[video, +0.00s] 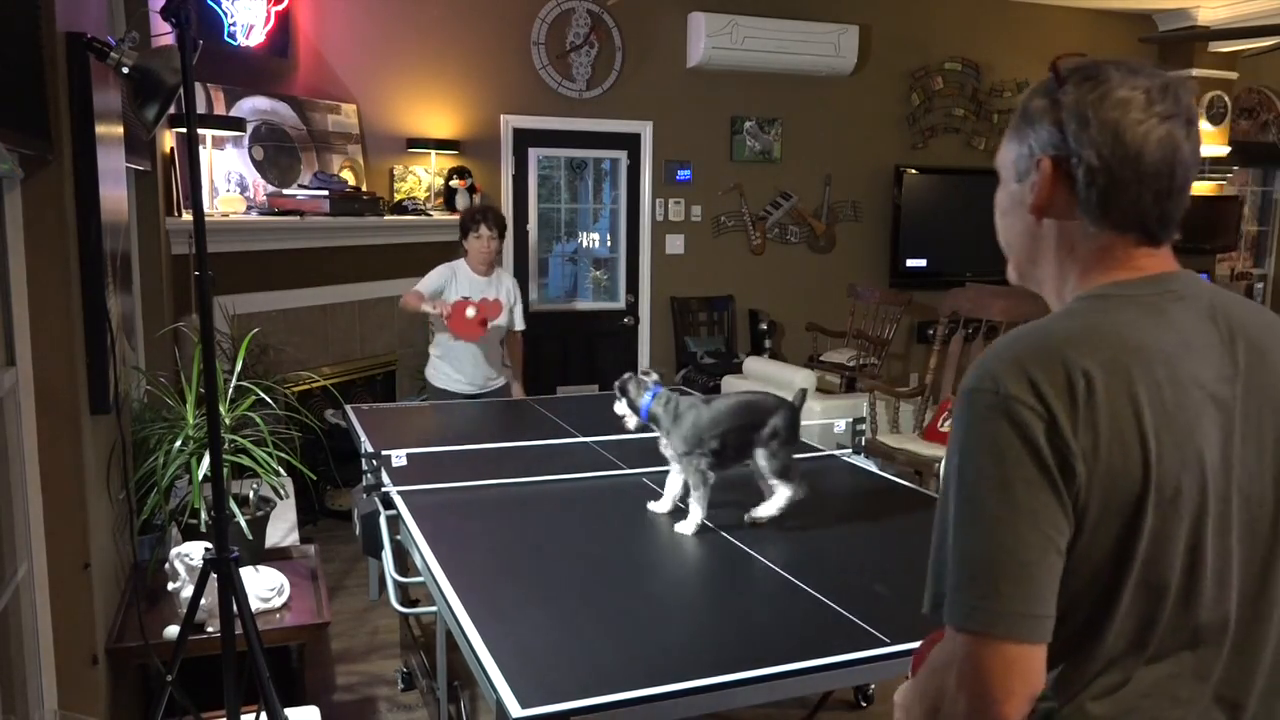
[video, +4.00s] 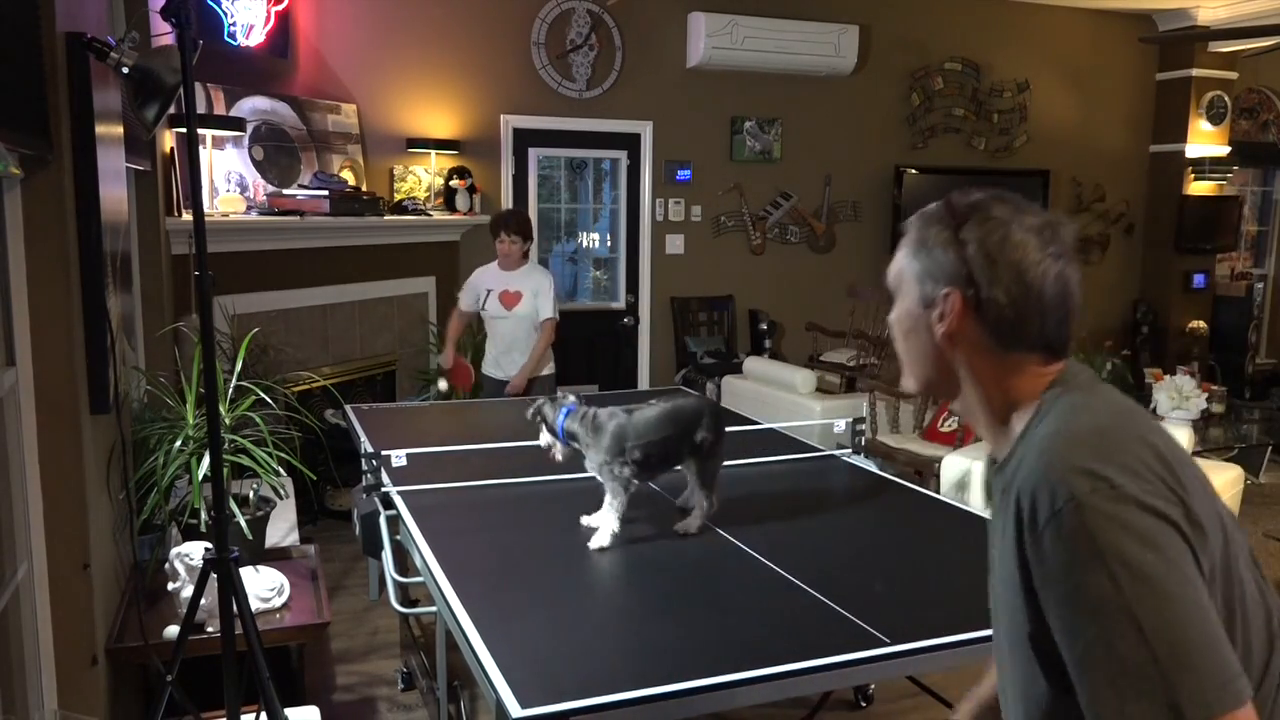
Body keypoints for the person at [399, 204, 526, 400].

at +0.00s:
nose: (486, 245)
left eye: (492, 238)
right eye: (477, 238)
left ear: (500, 243)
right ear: (465, 242)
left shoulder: (507, 283)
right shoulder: (447, 273)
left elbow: (514, 336)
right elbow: (407, 300)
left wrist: (516, 381)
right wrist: (430, 306)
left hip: (493, 386)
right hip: (448, 387)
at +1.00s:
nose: (496, 251)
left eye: (502, 244)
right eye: (487, 243)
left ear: (508, 245)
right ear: (474, 245)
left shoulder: (522, 281)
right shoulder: (458, 283)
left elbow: (532, 330)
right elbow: (431, 334)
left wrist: (536, 377)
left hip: (515, 387)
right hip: (470, 391)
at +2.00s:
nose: (509, 234)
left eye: (514, 228)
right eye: (501, 228)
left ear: (519, 232)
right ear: (484, 233)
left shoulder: (530, 272)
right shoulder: (464, 271)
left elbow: (541, 326)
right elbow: (441, 320)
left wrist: (545, 374)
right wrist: (476, 348)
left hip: (522, 381)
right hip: (478, 381)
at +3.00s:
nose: (604, 263)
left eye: (609, 258)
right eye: (598, 256)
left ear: (613, 262)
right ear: (581, 256)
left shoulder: (598, 297)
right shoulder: (561, 281)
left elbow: (586, 341)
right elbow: (537, 315)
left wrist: (576, 376)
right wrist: (549, 342)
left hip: (560, 376)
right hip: (521, 372)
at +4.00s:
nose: (506, 249)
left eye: (513, 243)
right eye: (501, 242)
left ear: (526, 245)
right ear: (494, 243)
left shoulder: (541, 278)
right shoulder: (481, 277)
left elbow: (548, 333)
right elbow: (461, 314)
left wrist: (523, 376)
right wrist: (449, 348)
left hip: (536, 376)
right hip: (494, 376)